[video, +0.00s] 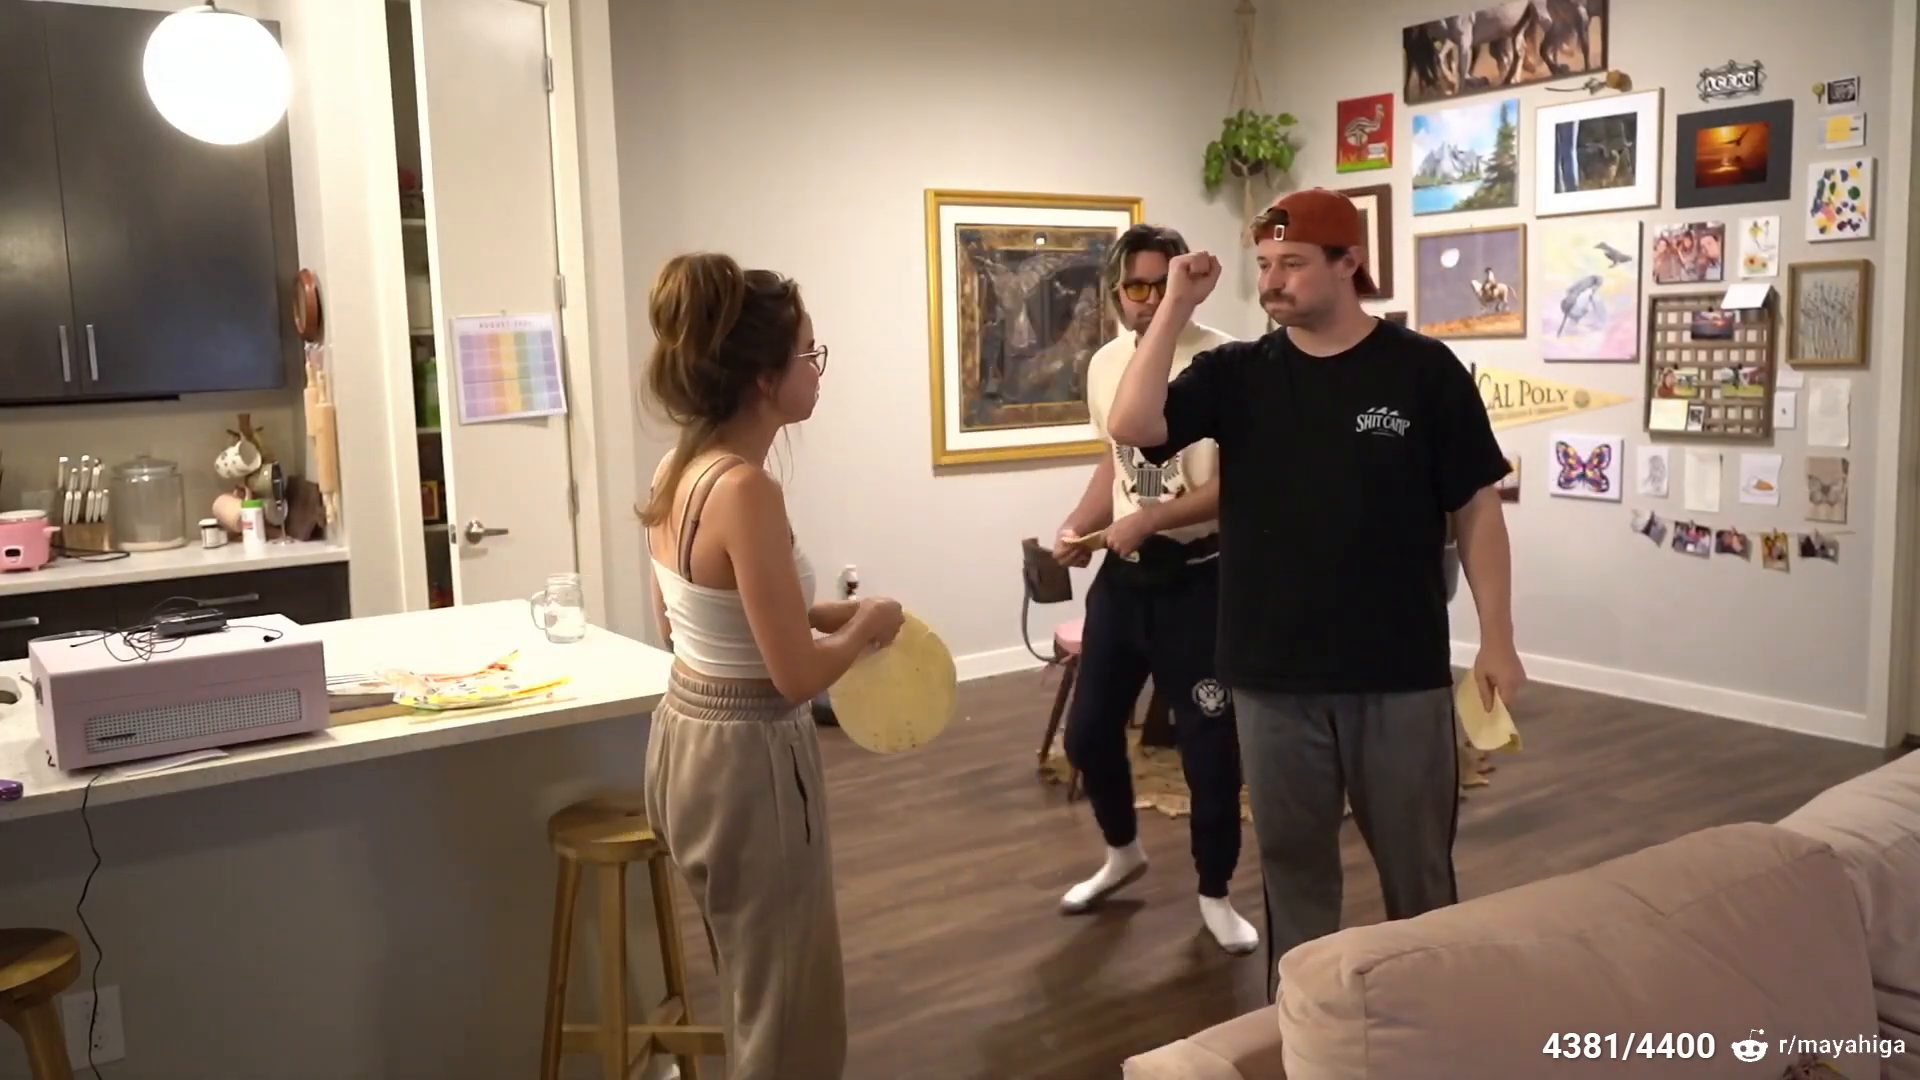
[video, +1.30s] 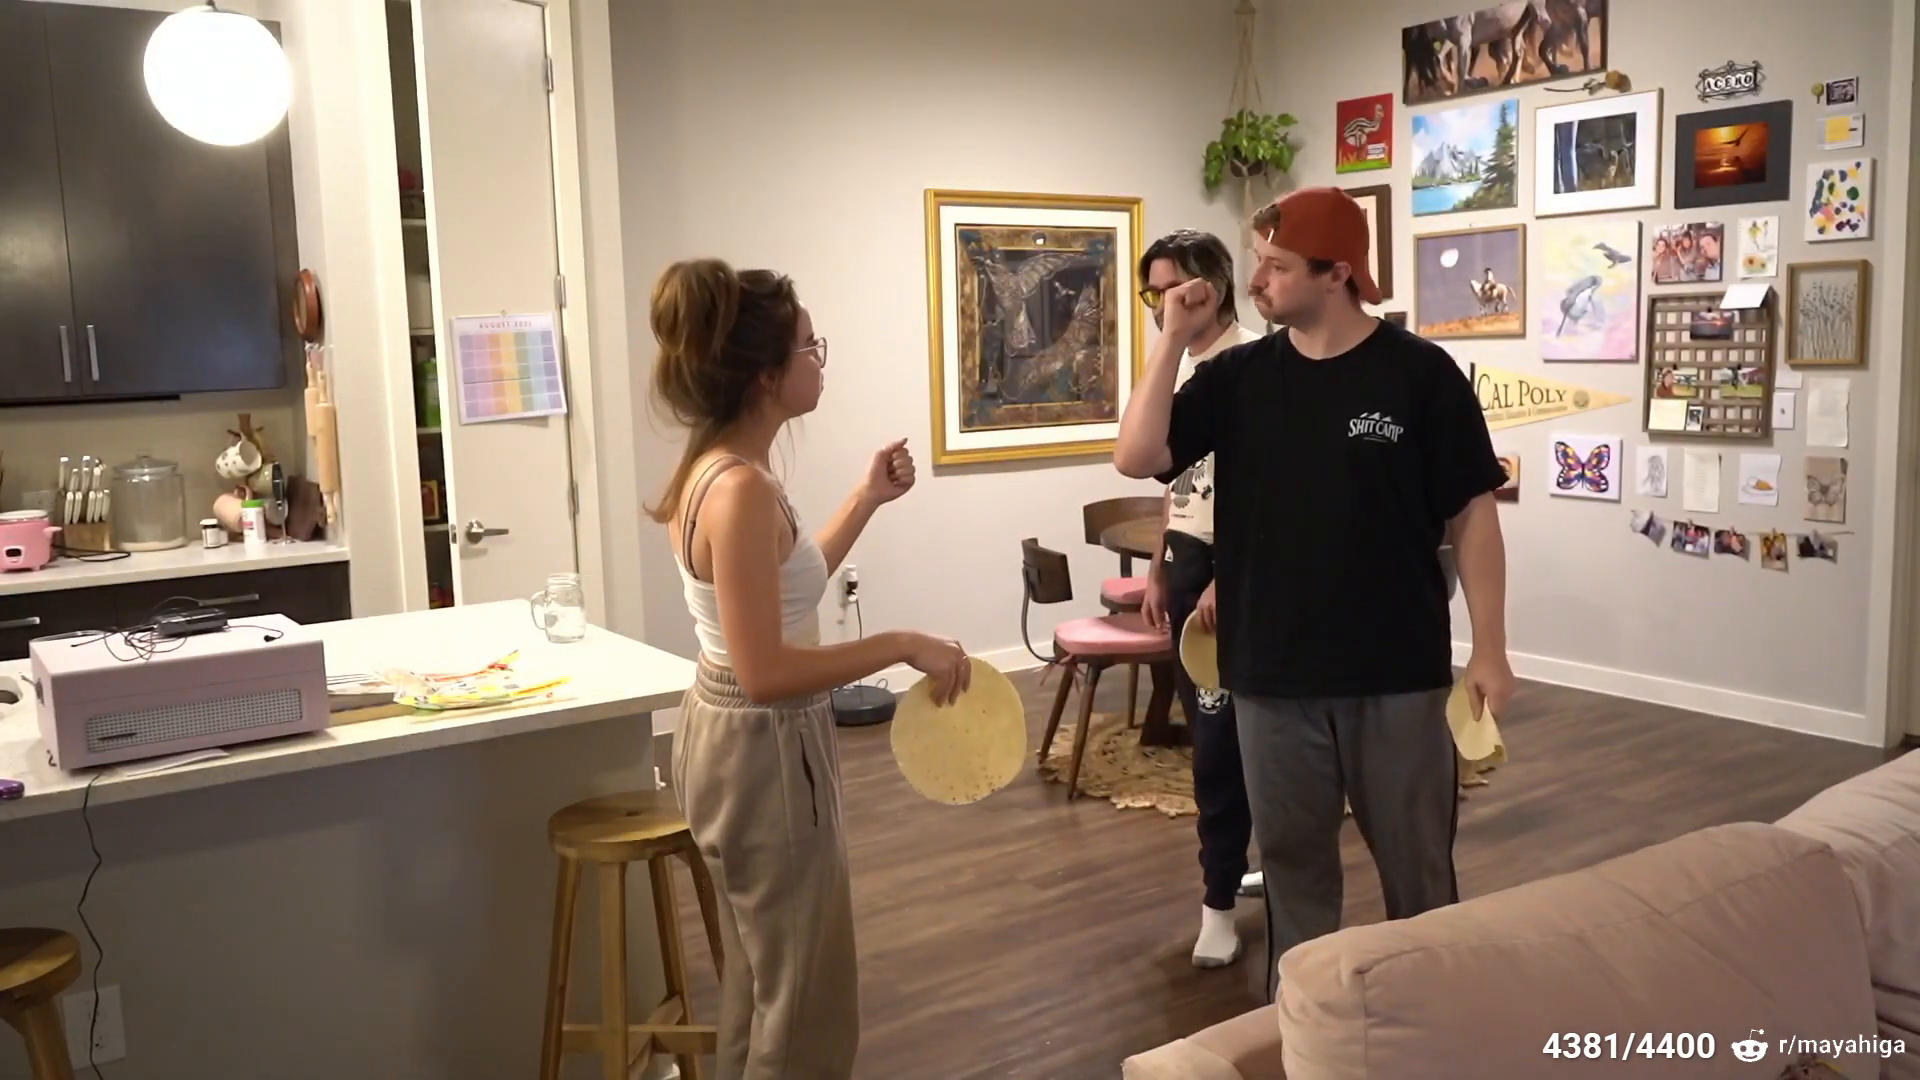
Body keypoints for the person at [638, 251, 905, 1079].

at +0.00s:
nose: (822, 366)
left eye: (816, 349)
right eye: (808, 354)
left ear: (746, 378)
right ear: (762, 379)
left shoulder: (683, 474)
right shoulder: (745, 489)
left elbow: (689, 624)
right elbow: (794, 677)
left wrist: (820, 620)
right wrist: (864, 631)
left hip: (689, 743)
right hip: (748, 762)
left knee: (759, 996)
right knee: (791, 1010)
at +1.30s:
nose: (822, 358)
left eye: (815, 345)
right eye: (810, 350)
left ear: (750, 381)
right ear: (763, 380)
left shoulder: (712, 470)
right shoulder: (741, 489)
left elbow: (790, 585)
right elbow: (762, 672)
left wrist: (865, 498)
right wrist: (903, 644)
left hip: (728, 736)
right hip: (765, 752)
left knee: (760, 976)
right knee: (806, 996)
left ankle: (741, 1073)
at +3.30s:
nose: (849, 365)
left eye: (844, 351)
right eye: (839, 354)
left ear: (783, 378)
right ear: (793, 378)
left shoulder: (751, 470)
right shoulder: (763, 486)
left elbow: (811, 586)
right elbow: (778, 667)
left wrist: (899, 514)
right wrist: (921, 639)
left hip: (767, 733)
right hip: (784, 747)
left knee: (785, 968)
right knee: (811, 982)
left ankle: (765, 1072)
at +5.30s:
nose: (868, 369)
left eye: (864, 353)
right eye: (857, 358)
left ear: (802, 378)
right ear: (809, 379)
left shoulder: (769, 469)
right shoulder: (775, 483)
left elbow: (796, 625)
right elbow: (768, 665)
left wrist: (893, 627)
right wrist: (912, 656)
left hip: (785, 731)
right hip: (790, 743)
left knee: (785, 966)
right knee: (815, 977)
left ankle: (760, 1075)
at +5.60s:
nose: (849, 395)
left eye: (853, 376)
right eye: (833, 381)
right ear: (770, 383)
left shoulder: (795, 465)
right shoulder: (745, 486)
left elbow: (802, 591)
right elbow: (753, 668)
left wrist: (885, 564)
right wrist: (898, 652)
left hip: (809, 735)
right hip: (777, 749)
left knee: (806, 970)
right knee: (805, 982)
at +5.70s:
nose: (796, 413)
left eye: (812, 390)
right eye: (774, 394)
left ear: (831, 377)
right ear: (734, 384)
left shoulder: (804, 462)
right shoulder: (723, 479)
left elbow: (883, 555)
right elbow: (749, 649)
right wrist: (895, 623)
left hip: (820, 724)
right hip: (771, 737)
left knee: (837, 971)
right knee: (822, 981)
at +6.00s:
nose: (704, 431)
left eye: (719, 406)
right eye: (683, 415)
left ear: (768, 395)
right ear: (666, 415)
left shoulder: (816, 462)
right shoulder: (665, 497)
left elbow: (831, 621)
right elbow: (669, 660)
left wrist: (765, 491)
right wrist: (783, 649)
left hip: (817, 731)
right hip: (715, 743)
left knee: (826, 988)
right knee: (774, 1010)